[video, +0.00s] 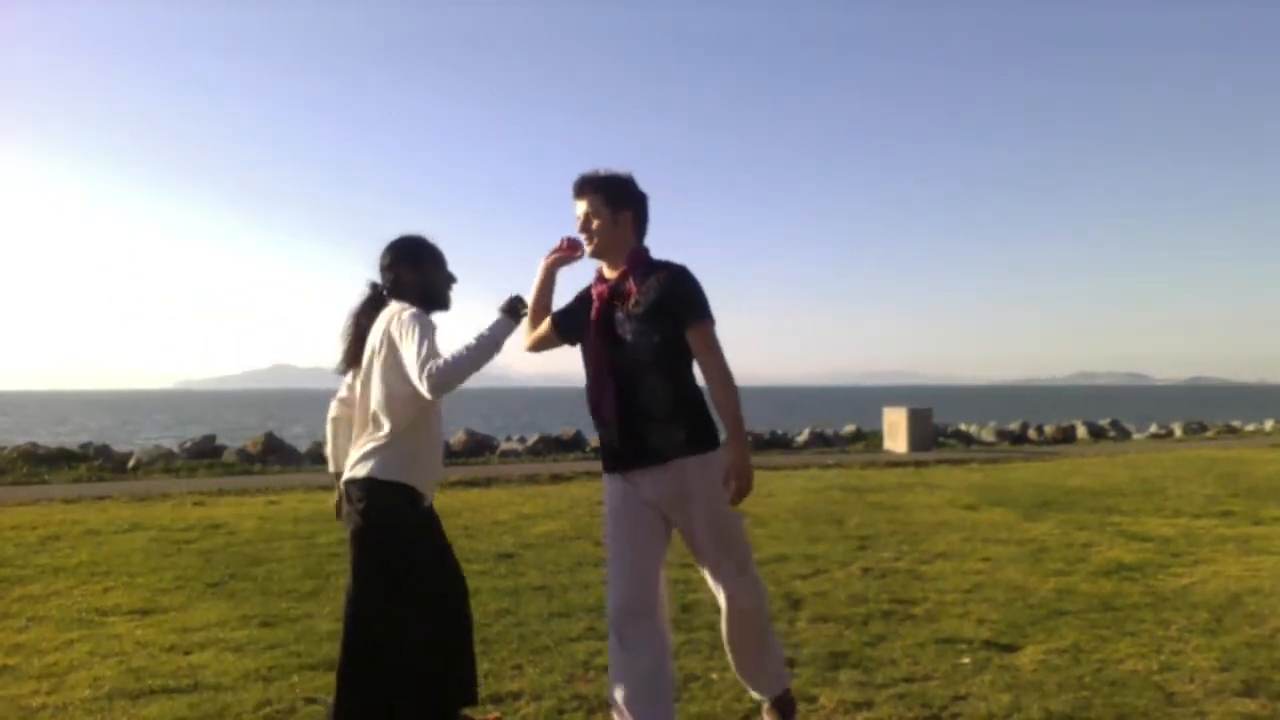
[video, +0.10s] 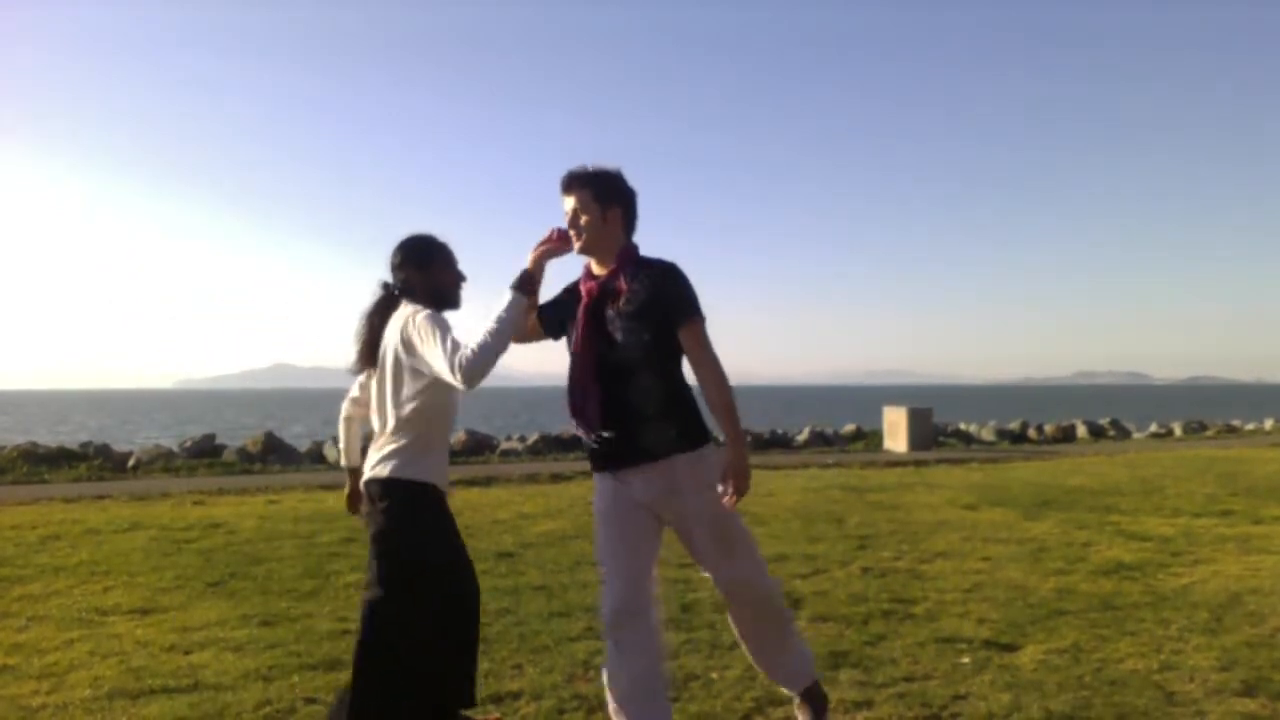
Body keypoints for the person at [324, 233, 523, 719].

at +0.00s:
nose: (450, 274)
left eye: (446, 265)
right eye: (438, 265)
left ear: (397, 277)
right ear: (404, 272)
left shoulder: (381, 324)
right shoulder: (408, 317)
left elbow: (341, 408)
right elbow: (432, 379)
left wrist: (343, 479)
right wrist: (502, 325)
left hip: (365, 488)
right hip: (392, 492)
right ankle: (428, 707)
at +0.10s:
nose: (460, 274)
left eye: (456, 265)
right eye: (450, 265)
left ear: (413, 278)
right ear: (419, 274)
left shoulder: (397, 325)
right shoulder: (418, 319)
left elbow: (354, 406)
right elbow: (464, 369)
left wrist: (353, 474)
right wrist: (521, 299)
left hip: (391, 485)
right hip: (406, 489)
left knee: (456, 593)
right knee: (403, 606)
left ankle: (440, 704)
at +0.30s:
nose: (473, 280)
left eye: (471, 270)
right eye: (464, 271)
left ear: (427, 283)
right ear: (433, 279)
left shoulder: (413, 331)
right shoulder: (437, 329)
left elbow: (384, 406)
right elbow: (501, 364)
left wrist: (395, 462)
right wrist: (535, 289)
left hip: (427, 482)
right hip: (435, 486)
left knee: (481, 605)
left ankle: (467, 703)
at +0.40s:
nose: (477, 280)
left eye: (474, 271)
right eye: (466, 272)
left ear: (435, 283)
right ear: (436, 281)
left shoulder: (417, 335)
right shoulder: (445, 333)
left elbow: (396, 410)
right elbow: (515, 365)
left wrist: (419, 463)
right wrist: (540, 293)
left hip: (430, 483)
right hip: (453, 484)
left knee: (466, 613)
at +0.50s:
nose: (481, 284)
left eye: (477, 275)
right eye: (470, 276)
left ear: (439, 288)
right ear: (444, 286)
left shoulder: (421, 340)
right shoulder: (452, 339)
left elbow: (405, 415)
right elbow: (524, 365)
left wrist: (438, 455)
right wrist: (544, 295)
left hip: (435, 483)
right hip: (463, 484)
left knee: (457, 608)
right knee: (493, 611)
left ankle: (452, 707)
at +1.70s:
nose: (487, 300)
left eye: (488, 289)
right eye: (483, 287)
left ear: (434, 280)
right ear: (453, 281)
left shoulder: (387, 332)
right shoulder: (450, 346)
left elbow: (356, 393)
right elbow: (517, 385)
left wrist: (389, 437)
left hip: (377, 499)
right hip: (424, 499)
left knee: (424, 640)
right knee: (448, 639)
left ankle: (419, 709)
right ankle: (449, 712)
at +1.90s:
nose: (494, 303)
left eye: (495, 292)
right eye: (492, 291)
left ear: (439, 283)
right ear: (472, 291)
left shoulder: (378, 331)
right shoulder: (476, 361)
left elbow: (320, 381)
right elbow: (508, 435)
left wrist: (316, 413)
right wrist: (492, 456)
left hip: (358, 511)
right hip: (425, 507)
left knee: (381, 616)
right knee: (457, 641)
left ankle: (369, 710)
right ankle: (444, 715)